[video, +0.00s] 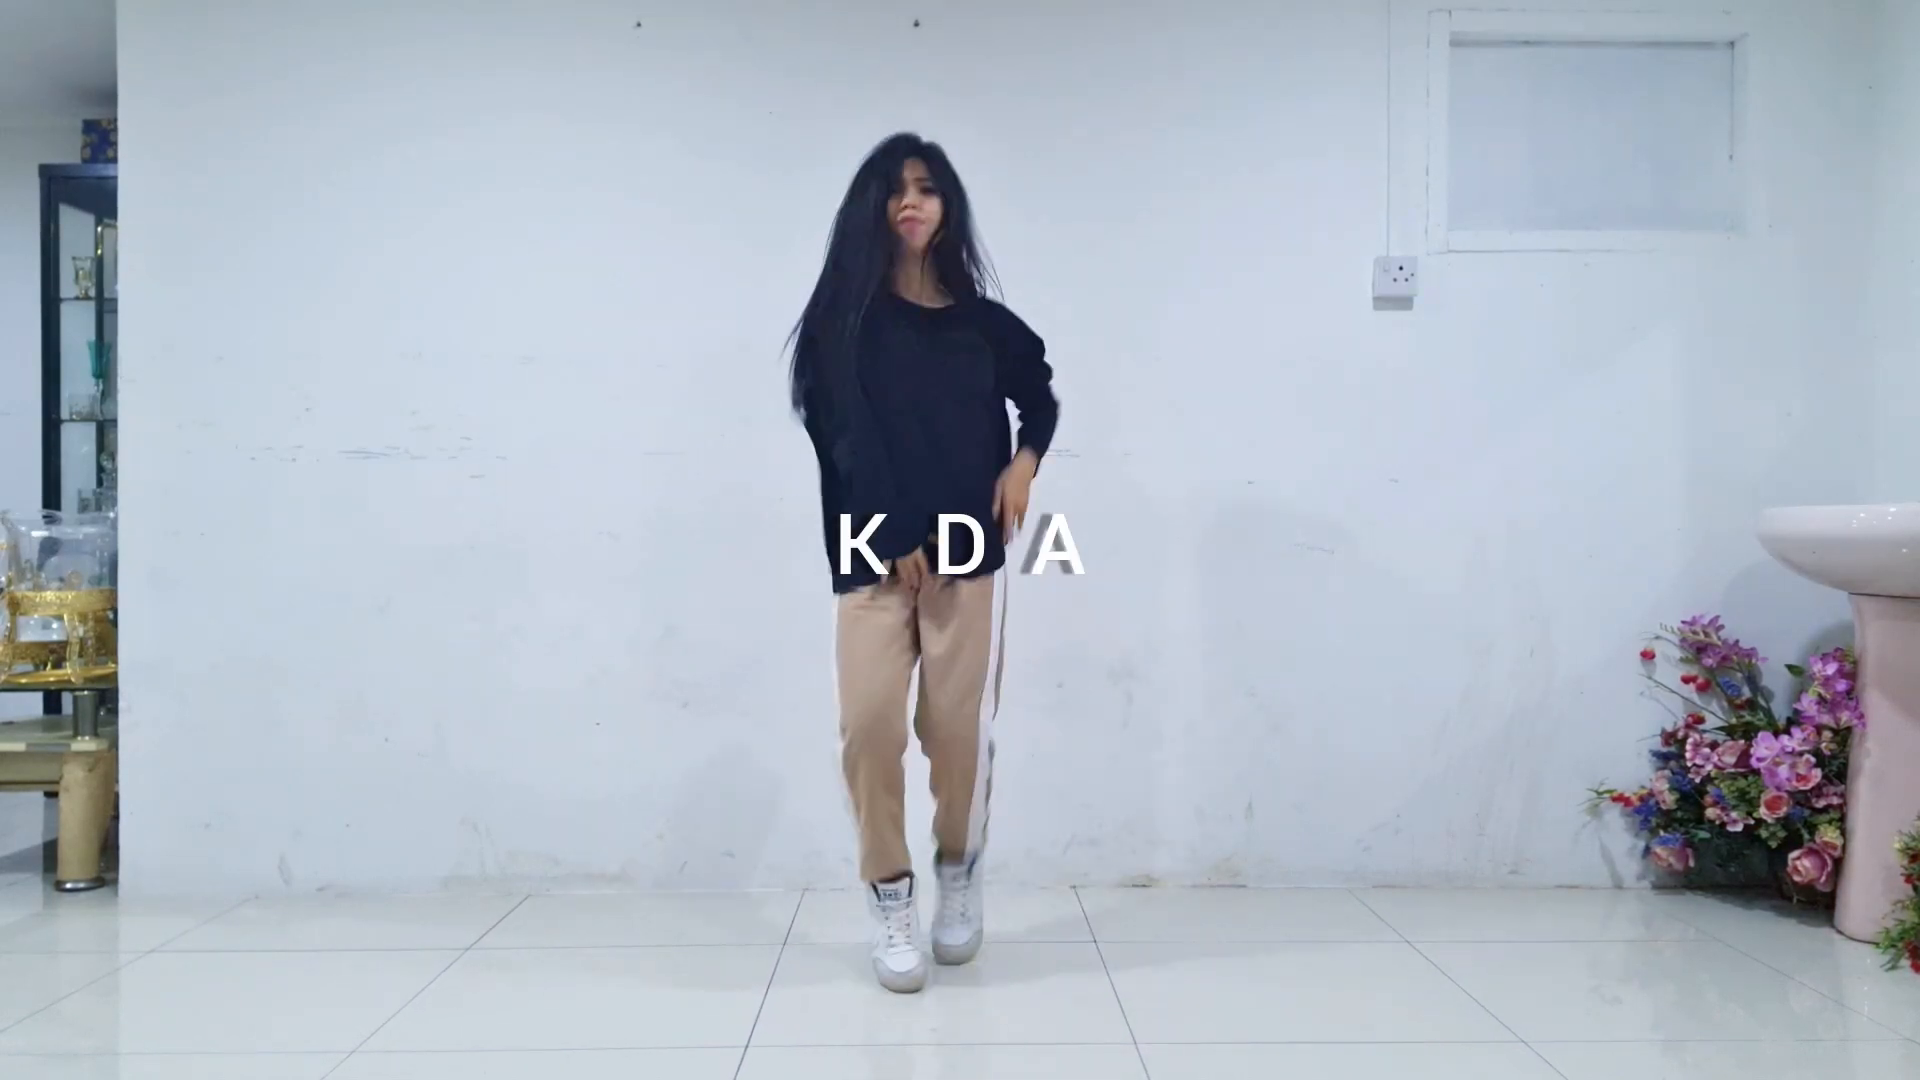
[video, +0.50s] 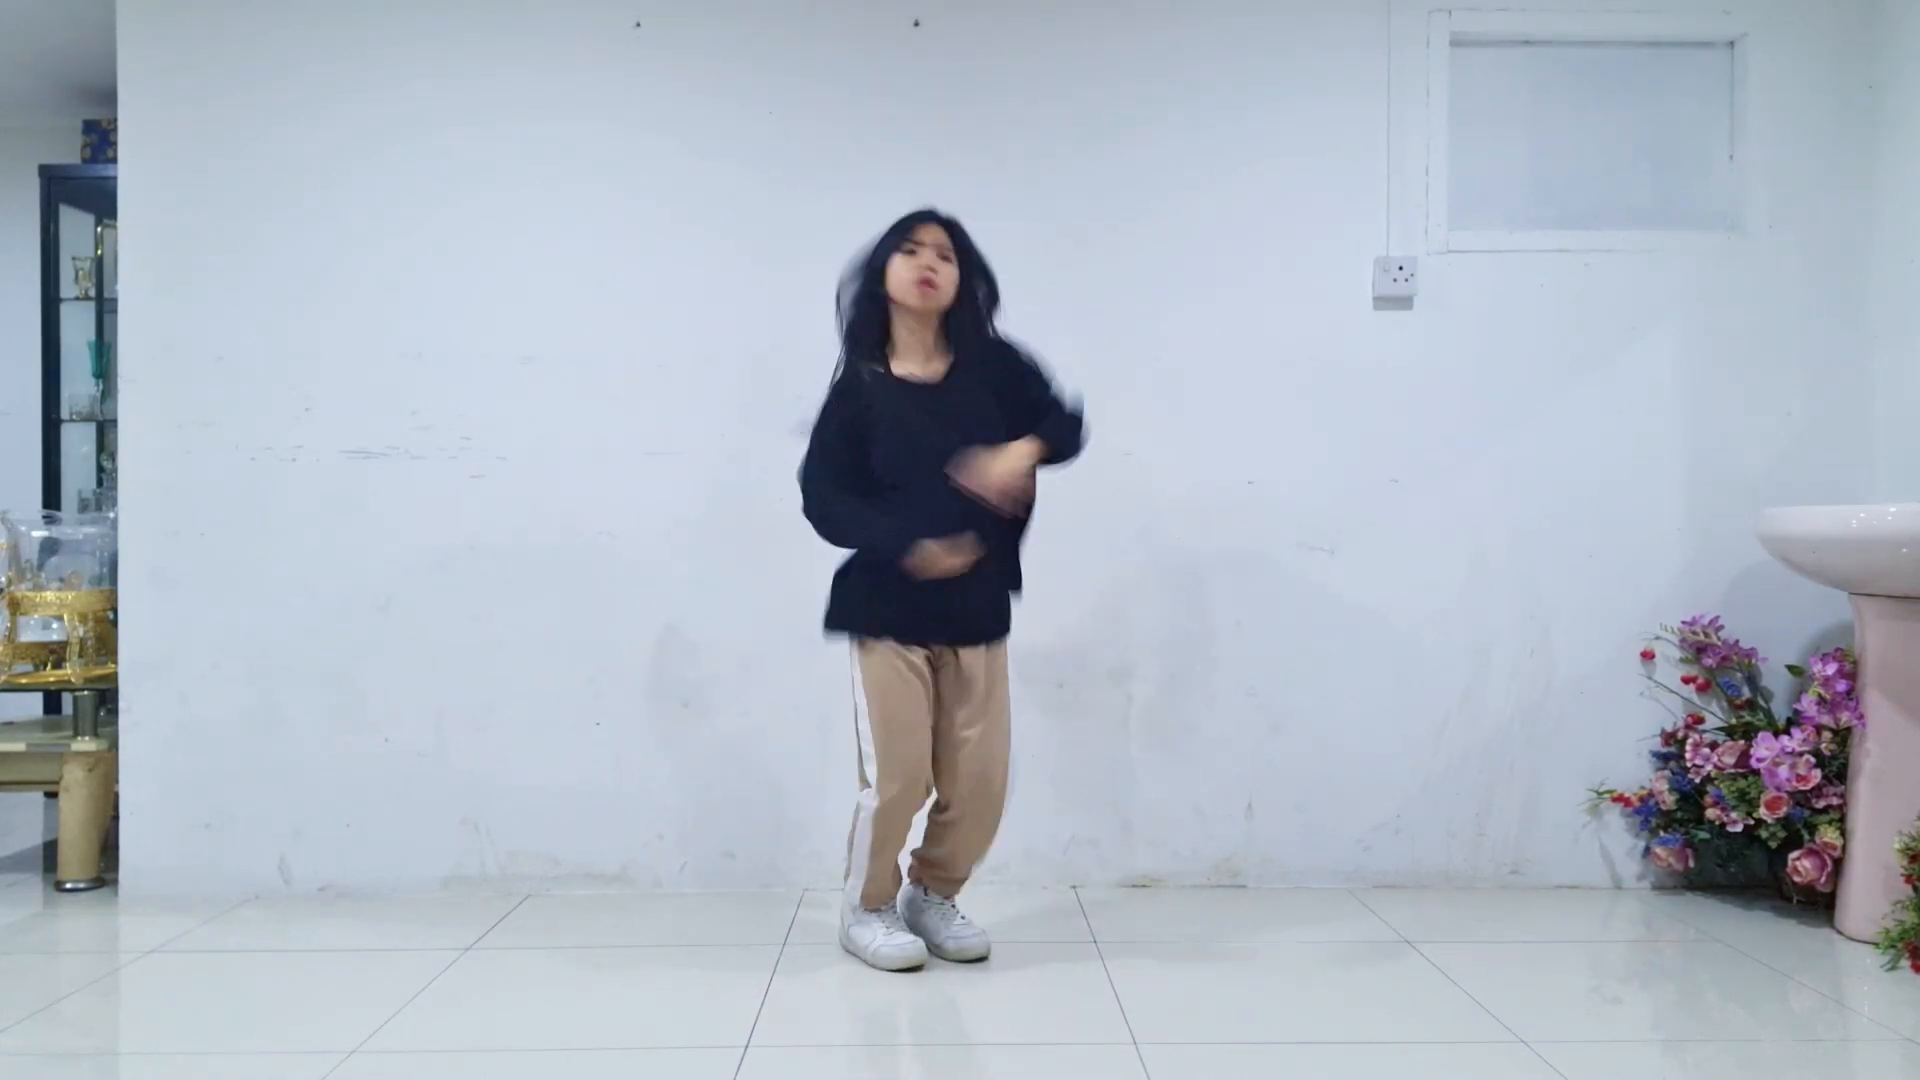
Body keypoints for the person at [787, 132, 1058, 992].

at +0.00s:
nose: (913, 204)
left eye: (927, 191)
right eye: (896, 191)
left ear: (948, 206)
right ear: (871, 208)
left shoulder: (982, 317)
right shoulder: (837, 316)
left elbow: (1040, 398)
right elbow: (835, 433)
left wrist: (1024, 466)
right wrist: (884, 532)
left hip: (964, 547)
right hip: (870, 548)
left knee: (953, 722)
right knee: (869, 723)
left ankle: (955, 869)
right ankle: (891, 902)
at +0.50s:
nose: (927, 264)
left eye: (943, 256)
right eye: (911, 251)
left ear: (962, 281)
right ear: (881, 272)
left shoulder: (997, 366)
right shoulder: (860, 387)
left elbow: (1066, 427)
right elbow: (823, 497)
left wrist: (1022, 453)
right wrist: (906, 545)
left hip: (976, 614)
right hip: (888, 612)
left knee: (978, 781)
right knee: (904, 774)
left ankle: (932, 897)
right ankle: (870, 912)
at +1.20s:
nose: (982, 217)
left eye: (988, 205)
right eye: (963, 205)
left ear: (1001, 219)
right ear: (928, 219)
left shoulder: (1002, 321)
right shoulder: (909, 315)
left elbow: (1006, 427)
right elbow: (841, 420)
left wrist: (988, 519)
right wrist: (871, 526)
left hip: (971, 541)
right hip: (918, 538)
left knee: (953, 720)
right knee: (1052, 644)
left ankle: (916, 895)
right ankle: (906, 697)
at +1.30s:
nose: (974, 205)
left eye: (984, 193)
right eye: (957, 191)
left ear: (999, 208)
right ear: (919, 204)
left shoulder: (1021, 296)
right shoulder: (896, 307)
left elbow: (1042, 394)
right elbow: (838, 417)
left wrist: (1031, 468)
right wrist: (882, 493)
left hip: (996, 525)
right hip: (921, 517)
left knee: (954, 705)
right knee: (1010, 662)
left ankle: (920, 886)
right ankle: (865, 663)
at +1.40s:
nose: (964, 209)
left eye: (976, 193)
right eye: (944, 195)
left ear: (992, 203)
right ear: (912, 210)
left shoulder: (1024, 274)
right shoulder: (903, 305)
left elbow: (1085, 375)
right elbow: (851, 410)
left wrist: (1049, 446)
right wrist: (890, 463)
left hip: (1008, 511)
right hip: (923, 511)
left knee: (975, 693)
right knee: (963, 676)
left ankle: (922, 881)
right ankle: (854, 666)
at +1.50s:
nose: (948, 225)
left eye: (963, 207)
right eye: (931, 210)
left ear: (987, 214)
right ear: (907, 223)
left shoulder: (1019, 261)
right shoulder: (907, 304)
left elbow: (1073, 333)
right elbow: (881, 398)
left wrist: (987, 368)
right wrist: (938, 378)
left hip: (1009, 496)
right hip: (922, 496)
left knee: (985, 693)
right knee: (912, 675)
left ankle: (932, 878)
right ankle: (870, 725)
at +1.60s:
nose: (934, 229)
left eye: (951, 212)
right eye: (917, 215)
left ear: (981, 220)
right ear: (897, 228)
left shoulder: (1023, 291)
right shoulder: (902, 305)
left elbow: (1027, 382)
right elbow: (891, 415)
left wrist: (946, 333)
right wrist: (879, 381)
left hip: (997, 506)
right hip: (917, 505)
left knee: (992, 694)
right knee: (860, 677)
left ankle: (968, 860)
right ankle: (916, 758)